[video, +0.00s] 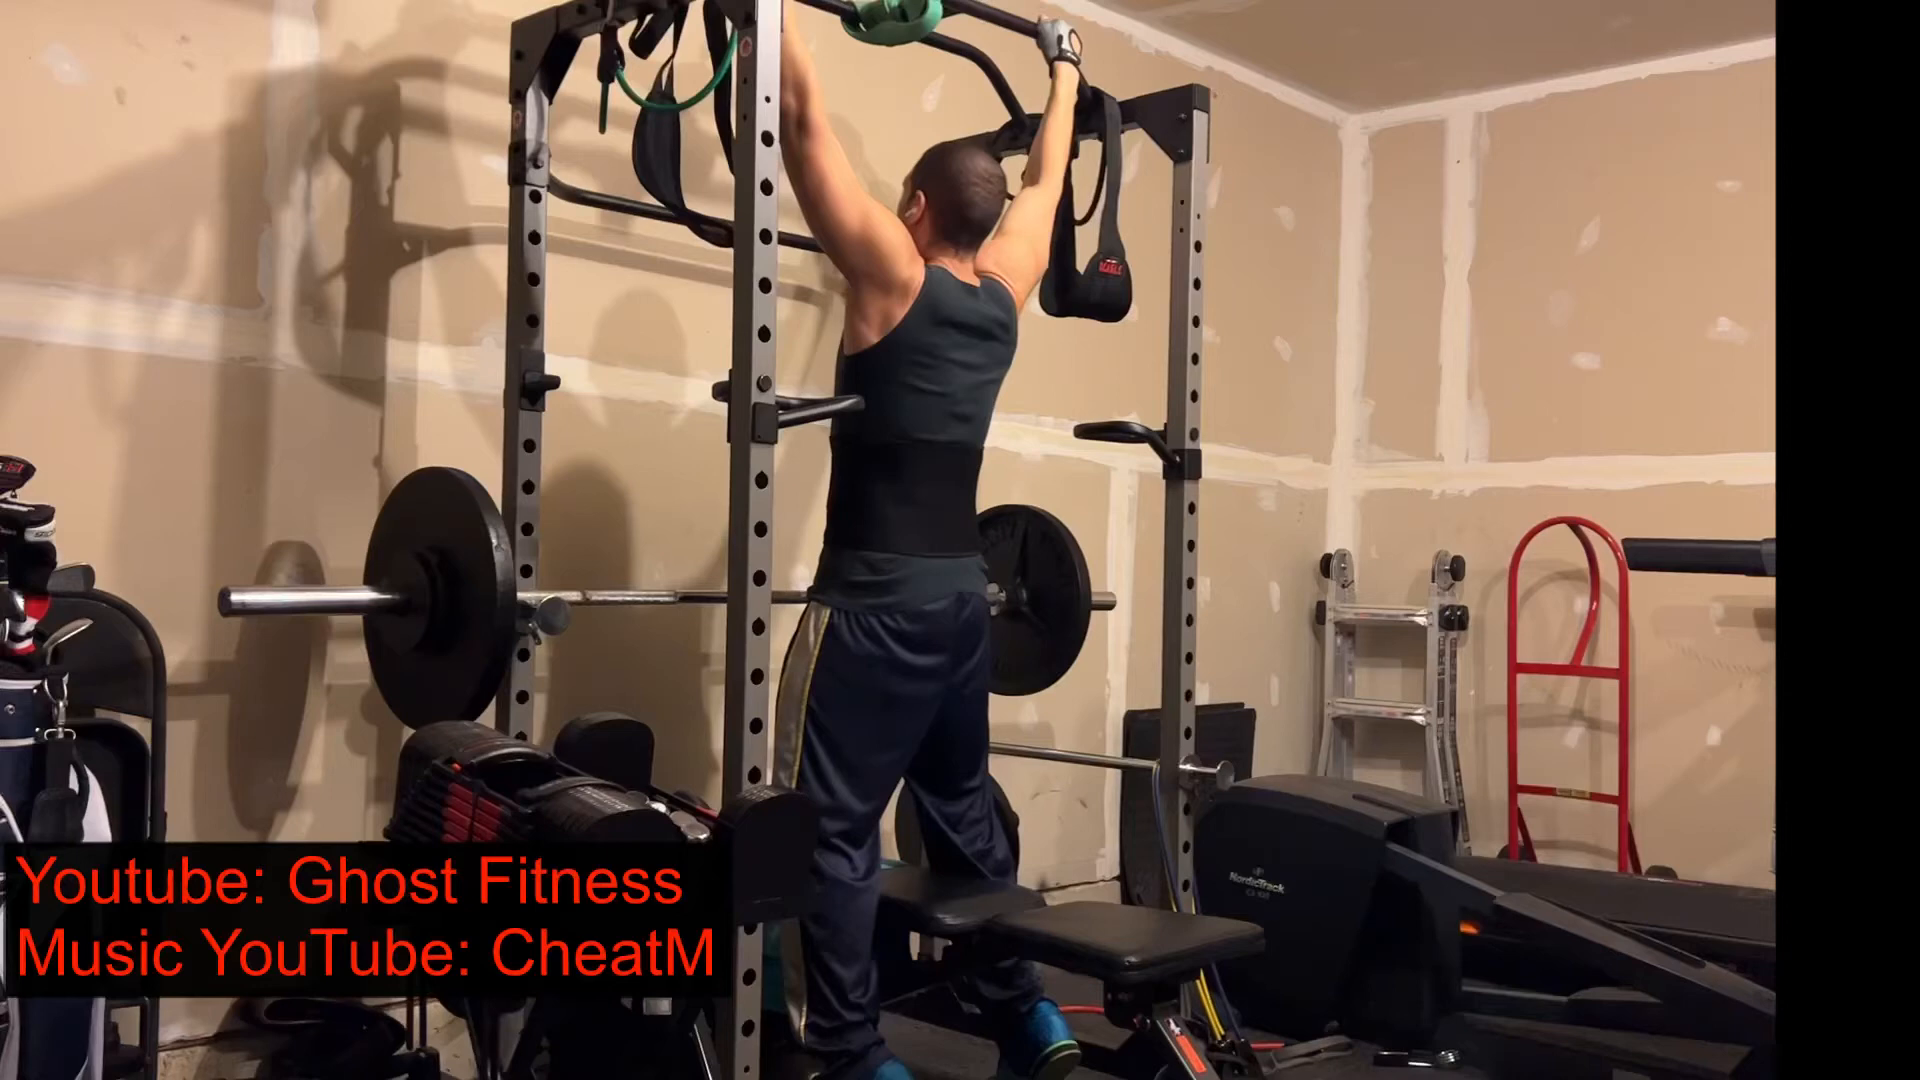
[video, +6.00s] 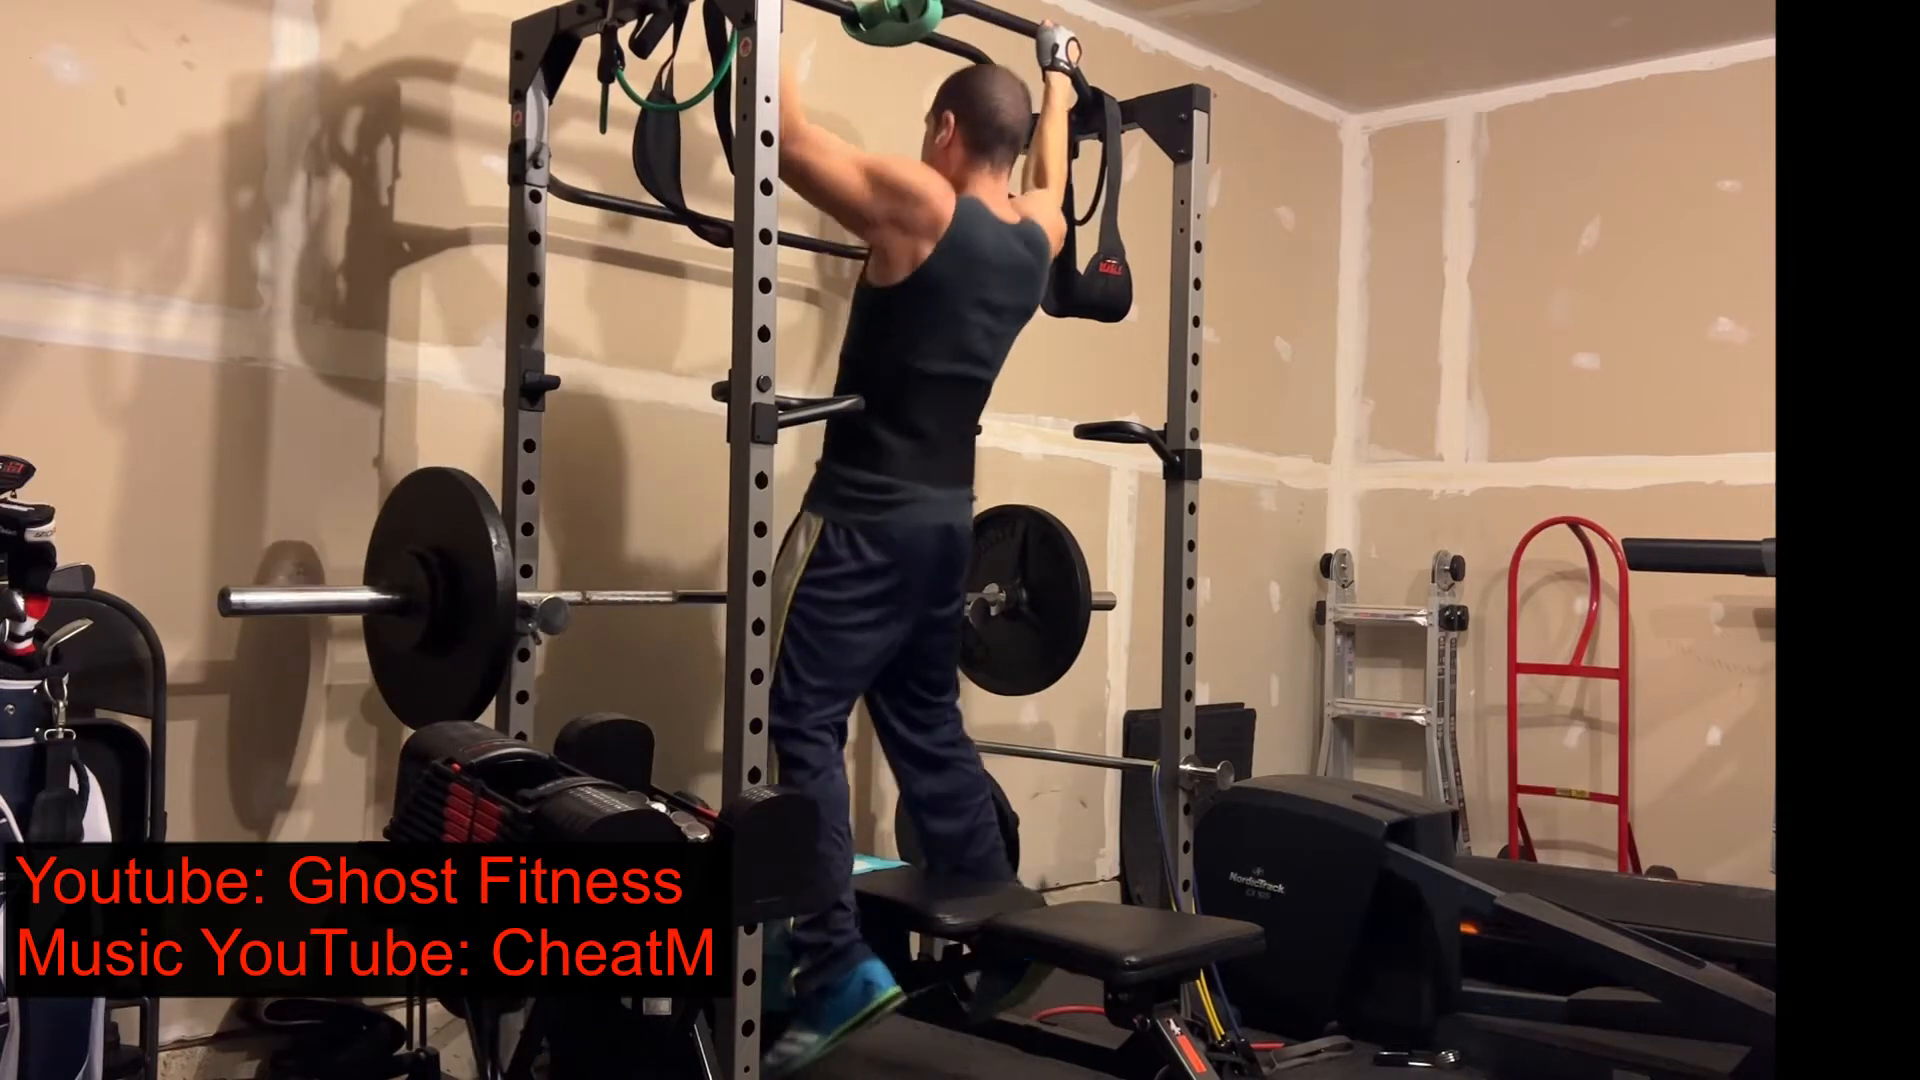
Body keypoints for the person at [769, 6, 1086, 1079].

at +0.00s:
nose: (898, 199)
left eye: (904, 190)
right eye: (906, 191)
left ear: (919, 209)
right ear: (995, 223)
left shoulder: (886, 270)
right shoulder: (1002, 300)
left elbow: (802, 118)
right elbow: (1048, 179)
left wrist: (771, 3)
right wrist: (1067, 75)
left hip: (874, 605)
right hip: (960, 599)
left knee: (839, 829)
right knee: (963, 803)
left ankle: (845, 1044)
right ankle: (1021, 1011)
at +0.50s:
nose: (937, 84)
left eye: (949, 76)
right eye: (948, 72)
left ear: (963, 101)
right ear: (1028, 116)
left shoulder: (911, 159)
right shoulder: (1029, 200)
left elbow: (771, 123)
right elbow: (1060, 188)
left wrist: (755, 24)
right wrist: (1057, 98)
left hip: (865, 471)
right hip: (939, 473)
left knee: (820, 686)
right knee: (928, 681)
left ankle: (839, 918)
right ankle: (983, 877)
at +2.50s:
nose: (912, 70)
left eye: (919, 57)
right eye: (924, 58)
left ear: (932, 76)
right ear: (1001, 100)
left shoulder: (891, 154)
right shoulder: (1012, 196)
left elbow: (760, 125)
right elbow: (1053, 189)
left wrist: (739, 34)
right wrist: (1060, 93)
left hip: (858, 451)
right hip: (932, 453)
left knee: (820, 658)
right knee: (930, 657)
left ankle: (863, 887)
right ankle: (1006, 853)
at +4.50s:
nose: (905, 161)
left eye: (914, 150)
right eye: (917, 151)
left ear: (929, 162)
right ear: (1001, 185)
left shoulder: (892, 236)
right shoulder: (1011, 267)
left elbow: (782, 135)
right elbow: (1044, 186)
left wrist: (764, 26)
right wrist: (1057, 103)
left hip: (856, 536)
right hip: (932, 537)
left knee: (814, 755)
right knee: (927, 747)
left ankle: (859, 983)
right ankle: (1016, 955)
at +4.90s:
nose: (940, 24)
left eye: (947, 12)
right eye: (947, 12)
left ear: (966, 17)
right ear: (1038, 35)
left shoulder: (927, 92)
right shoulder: (1051, 136)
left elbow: (779, 109)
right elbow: (1071, 204)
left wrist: (757, 15)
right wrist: (1055, 94)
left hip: (863, 408)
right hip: (945, 417)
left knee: (782, 597)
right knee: (910, 608)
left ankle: (784, 823)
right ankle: (963, 808)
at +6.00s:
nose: (922, 136)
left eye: (929, 124)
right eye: (931, 125)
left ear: (948, 131)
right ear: (1011, 148)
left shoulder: (910, 199)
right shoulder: (1031, 243)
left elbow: (788, 138)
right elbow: (1051, 186)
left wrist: (770, 21)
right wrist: (1057, 107)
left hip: (868, 520)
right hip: (943, 524)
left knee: (804, 723)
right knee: (929, 731)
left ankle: (837, 962)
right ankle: (999, 936)